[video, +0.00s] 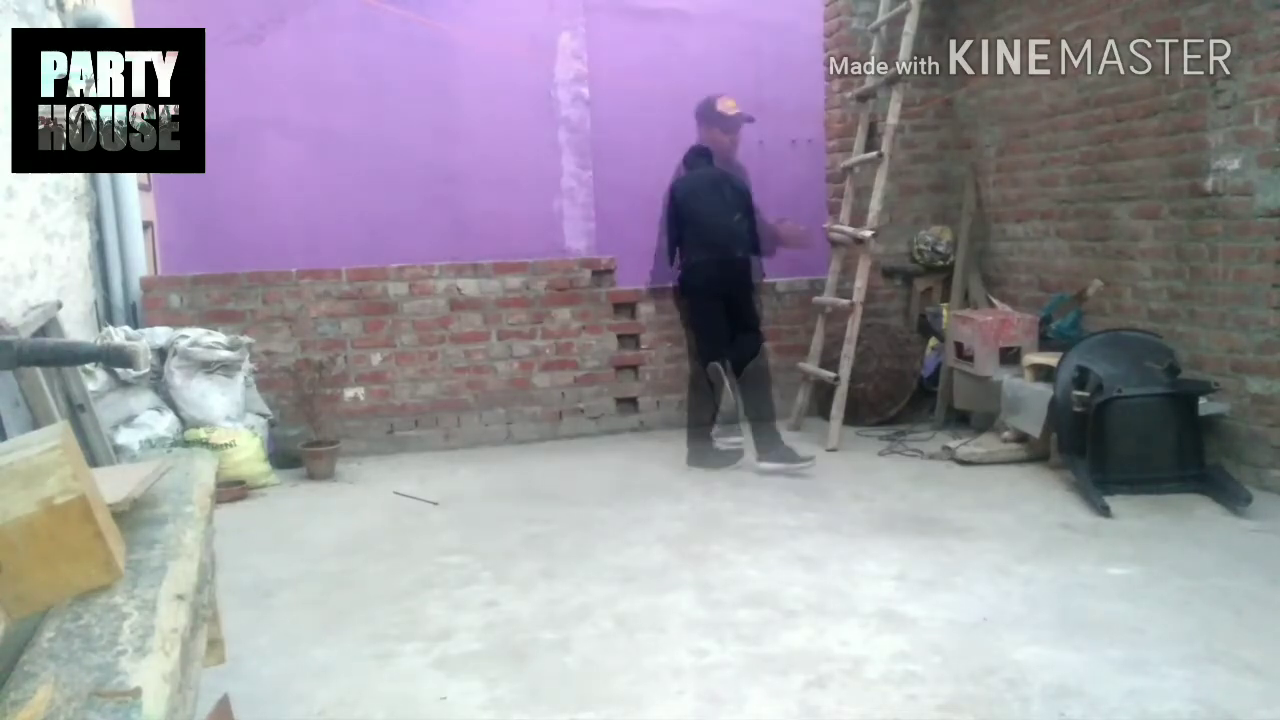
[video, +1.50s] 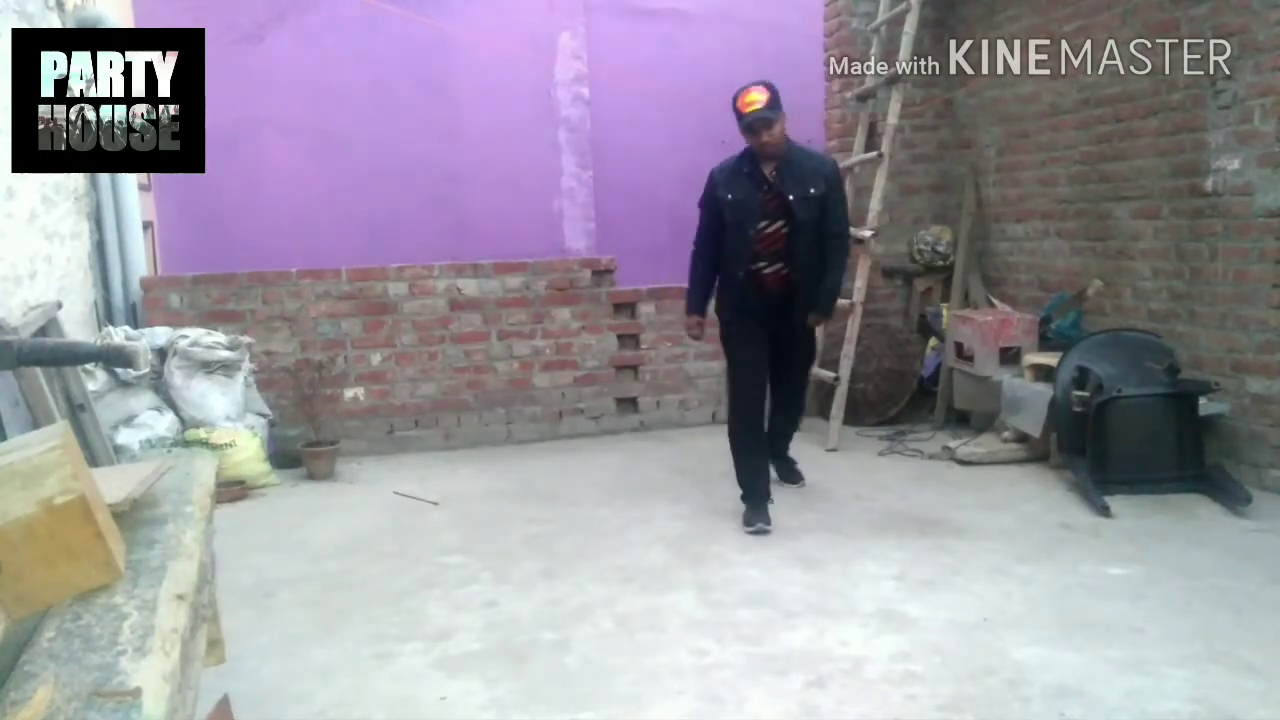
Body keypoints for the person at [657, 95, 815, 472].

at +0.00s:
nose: (734, 139)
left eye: (736, 131)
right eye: (726, 131)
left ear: (737, 131)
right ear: (705, 131)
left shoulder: (735, 176)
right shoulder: (694, 178)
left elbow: (741, 226)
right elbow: (718, 230)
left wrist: (771, 233)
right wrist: (767, 234)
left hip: (735, 276)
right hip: (702, 280)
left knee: (750, 356)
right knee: (709, 360)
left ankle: (769, 444)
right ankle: (699, 445)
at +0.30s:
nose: (756, 139)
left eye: (760, 131)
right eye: (748, 132)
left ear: (762, 132)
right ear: (727, 131)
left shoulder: (756, 172)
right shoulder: (712, 176)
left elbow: (775, 219)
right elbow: (733, 238)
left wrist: (796, 259)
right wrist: (765, 274)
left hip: (748, 287)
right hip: (711, 289)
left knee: (756, 369)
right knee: (710, 368)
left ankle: (766, 454)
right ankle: (699, 448)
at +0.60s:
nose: (784, 138)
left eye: (789, 129)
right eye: (776, 130)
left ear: (793, 128)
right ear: (755, 126)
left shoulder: (788, 171)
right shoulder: (730, 173)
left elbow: (798, 232)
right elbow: (723, 244)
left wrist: (804, 286)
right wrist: (732, 301)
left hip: (774, 286)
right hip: (736, 288)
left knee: (773, 373)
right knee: (731, 368)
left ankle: (767, 455)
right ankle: (715, 432)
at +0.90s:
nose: (787, 136)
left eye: (793, 127)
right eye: (778, 127)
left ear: (801, 123)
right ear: (760, 124)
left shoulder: (810, 168)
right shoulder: (728, 169)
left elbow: (819, 232)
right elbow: (698, 229)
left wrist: (815, 288)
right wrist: (685, 285)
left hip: (791, 295)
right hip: (742, 295)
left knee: (789, 379)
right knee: (743, 373)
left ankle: (772, 454)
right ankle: (743, 439)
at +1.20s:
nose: (777, 132)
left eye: (783, 123)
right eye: (768, 124)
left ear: (794, 119)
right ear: (754, 123)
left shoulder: (820, 164)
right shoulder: (727, 167)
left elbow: (838, 230)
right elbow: (700, 226)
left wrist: (831, 287)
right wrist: (679, 280)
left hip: (797, 297)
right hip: (744, 296)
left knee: (790, 383)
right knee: (747, 385)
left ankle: (774, 454)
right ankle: (750, 482)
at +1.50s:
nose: (764, 137)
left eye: (769, 126)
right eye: (753, 130)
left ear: (784, 120)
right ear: (742, 133)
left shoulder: (821, 172)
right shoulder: (724, 179)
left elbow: (836, 241)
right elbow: (707, 244)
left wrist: (826, 300)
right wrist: (696, 303)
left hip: (798, 307)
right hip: (742, 308)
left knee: (792, 389)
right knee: (747, 398)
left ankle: (778, 449)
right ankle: (755, 497)